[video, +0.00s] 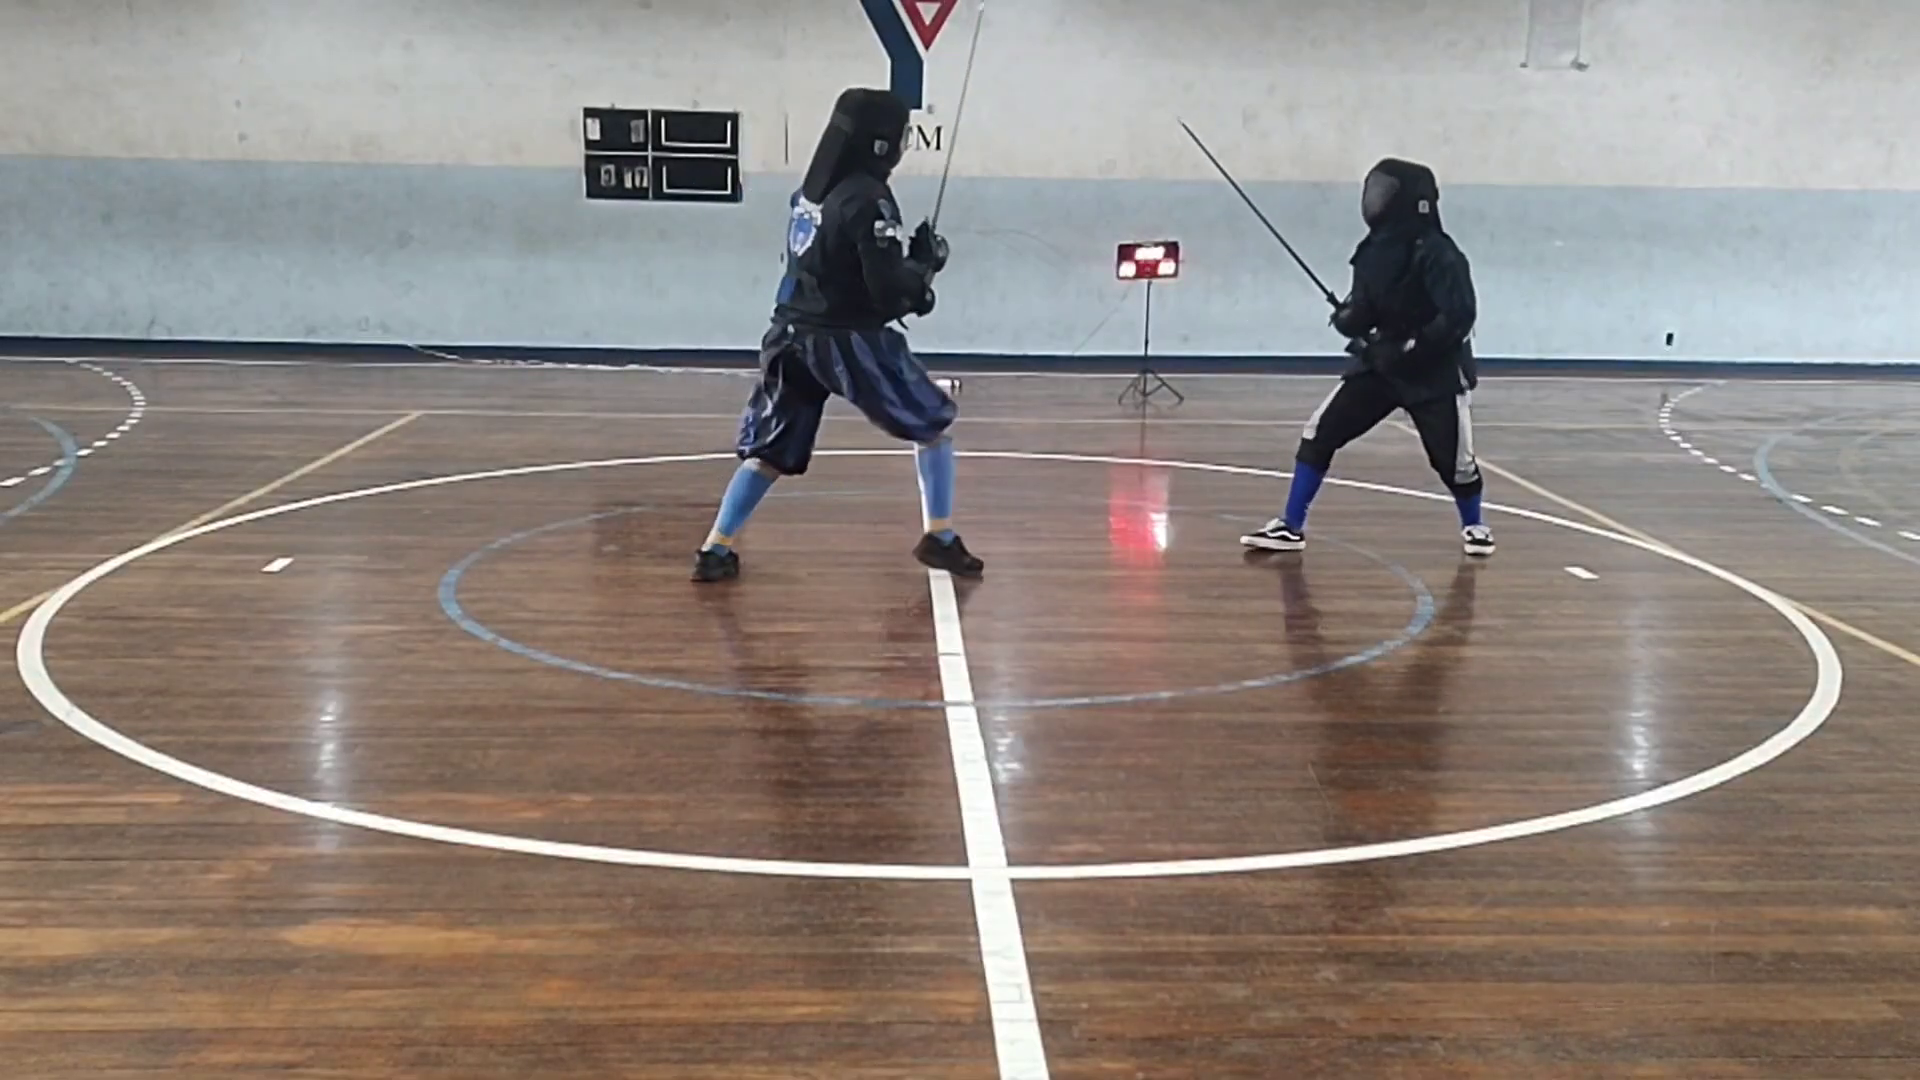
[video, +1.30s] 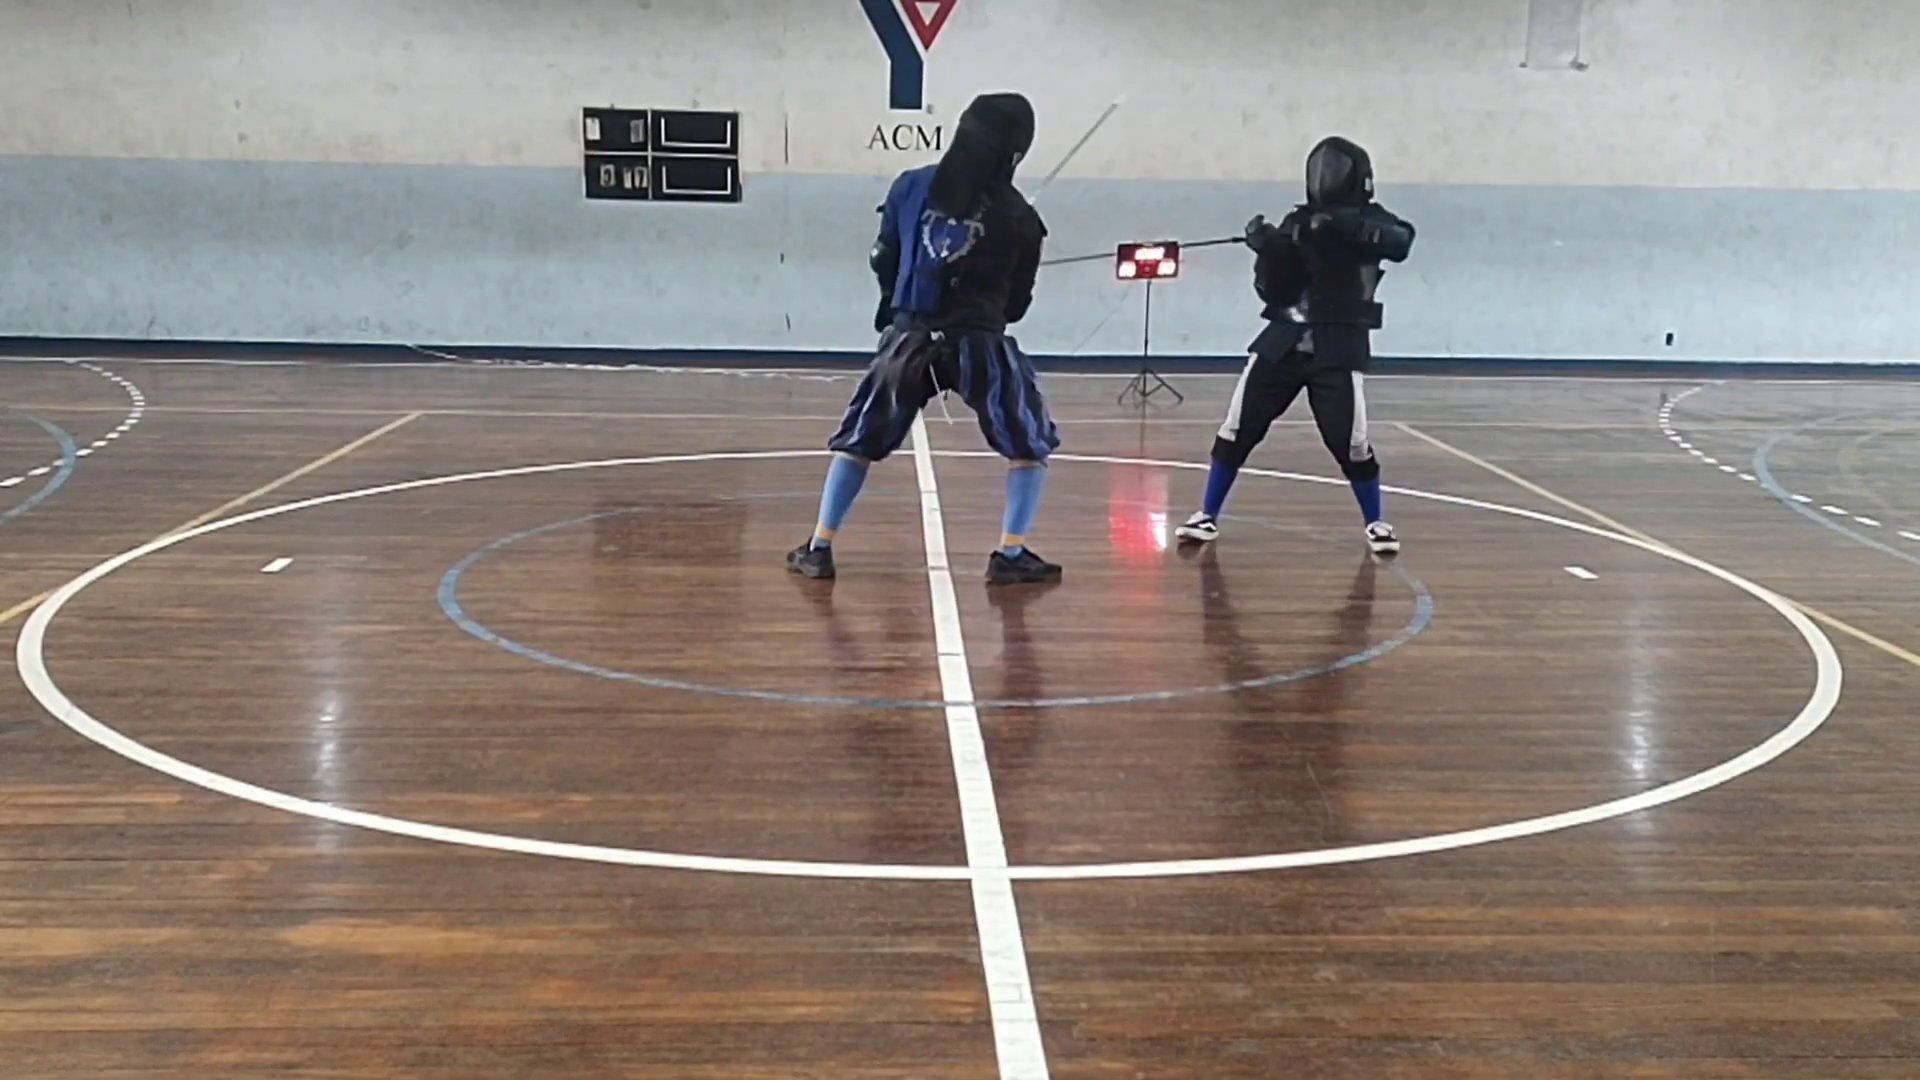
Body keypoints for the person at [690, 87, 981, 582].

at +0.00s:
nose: (903, 147)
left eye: (902, 137)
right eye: (899, 138)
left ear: (846, 135)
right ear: (880, 143)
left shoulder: (813, 186)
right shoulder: (869, 199)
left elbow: (829, 270)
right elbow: (889, 287)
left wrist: (907, 287)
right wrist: (925, 263)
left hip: (792, 333)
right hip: (852, 338)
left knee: (773, 445)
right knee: (932, 423)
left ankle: (716, 547)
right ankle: (940, 535)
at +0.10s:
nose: (931, 152)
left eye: (931, 142)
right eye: (929, 143)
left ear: (874, 139)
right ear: (913, 147)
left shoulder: (843, 190)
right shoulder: (909, 204)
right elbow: (959, 290)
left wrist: (955, 281)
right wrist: (987, 263)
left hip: (824, 331)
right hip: (886, 338)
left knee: (780, 443)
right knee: (949, 438)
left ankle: (714, 544)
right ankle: (998, 550)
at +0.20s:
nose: (962, 151)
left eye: (959, 141)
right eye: (959, 142)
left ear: (904, 142)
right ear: (948, 150)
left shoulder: (878, 187)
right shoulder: (950, 207)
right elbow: (1027, 252)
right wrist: (1062, 226)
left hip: (855, 336)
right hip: (921, 342)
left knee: (808, 444)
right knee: (991, 435)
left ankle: (732, 531)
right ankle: (1007, 550)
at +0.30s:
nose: (994, 145)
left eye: (993, 140)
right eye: (991, 138)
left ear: (940, 135)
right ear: (978, 147)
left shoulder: (910, 169)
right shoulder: (980, 199)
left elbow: (980, 165)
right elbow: (1049, 207)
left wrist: (1030, 161)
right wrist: (1098, 188)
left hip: (878, 335)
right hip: (941, 341)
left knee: (833, 437)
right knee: (1007, 435)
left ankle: (762, 533)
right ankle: (1010, 550)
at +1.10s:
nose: (1039, 152)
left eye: (1038, 144)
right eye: (1039, 144)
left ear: (984, 127)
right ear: (1029, 147)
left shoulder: (939, 162)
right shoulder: (1027, 197)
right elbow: (1067, 255)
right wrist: (1074, 204)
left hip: (919, 331)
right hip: (985, 337)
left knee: (873, 433)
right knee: (1031, 440)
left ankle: (819, 546)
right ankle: (1011, 551)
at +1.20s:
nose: (1032, 158)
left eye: (1033, 148)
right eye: (1032, 149)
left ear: (976, 129)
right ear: (1024, 151)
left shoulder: (924, 172)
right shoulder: (1025, 209)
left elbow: (897, 244)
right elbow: (1034, 294)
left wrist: (947, 245)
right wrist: (1029, 239)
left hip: (916, 333)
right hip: (986, 339)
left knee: (873, 435)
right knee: (1031, 440)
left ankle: (819, 546)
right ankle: (1011, 552)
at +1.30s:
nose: (1024, 156)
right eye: (1024, 147)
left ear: (963, 133)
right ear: (1015, 151)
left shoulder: (910, 186)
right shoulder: (1022, 219)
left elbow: (885, 261)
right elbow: (1014, 306)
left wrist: (905, 306)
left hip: (909, 337)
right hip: (981, 344)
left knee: (861, 434)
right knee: (1030, 440)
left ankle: (818, 546)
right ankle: (1011, 552)